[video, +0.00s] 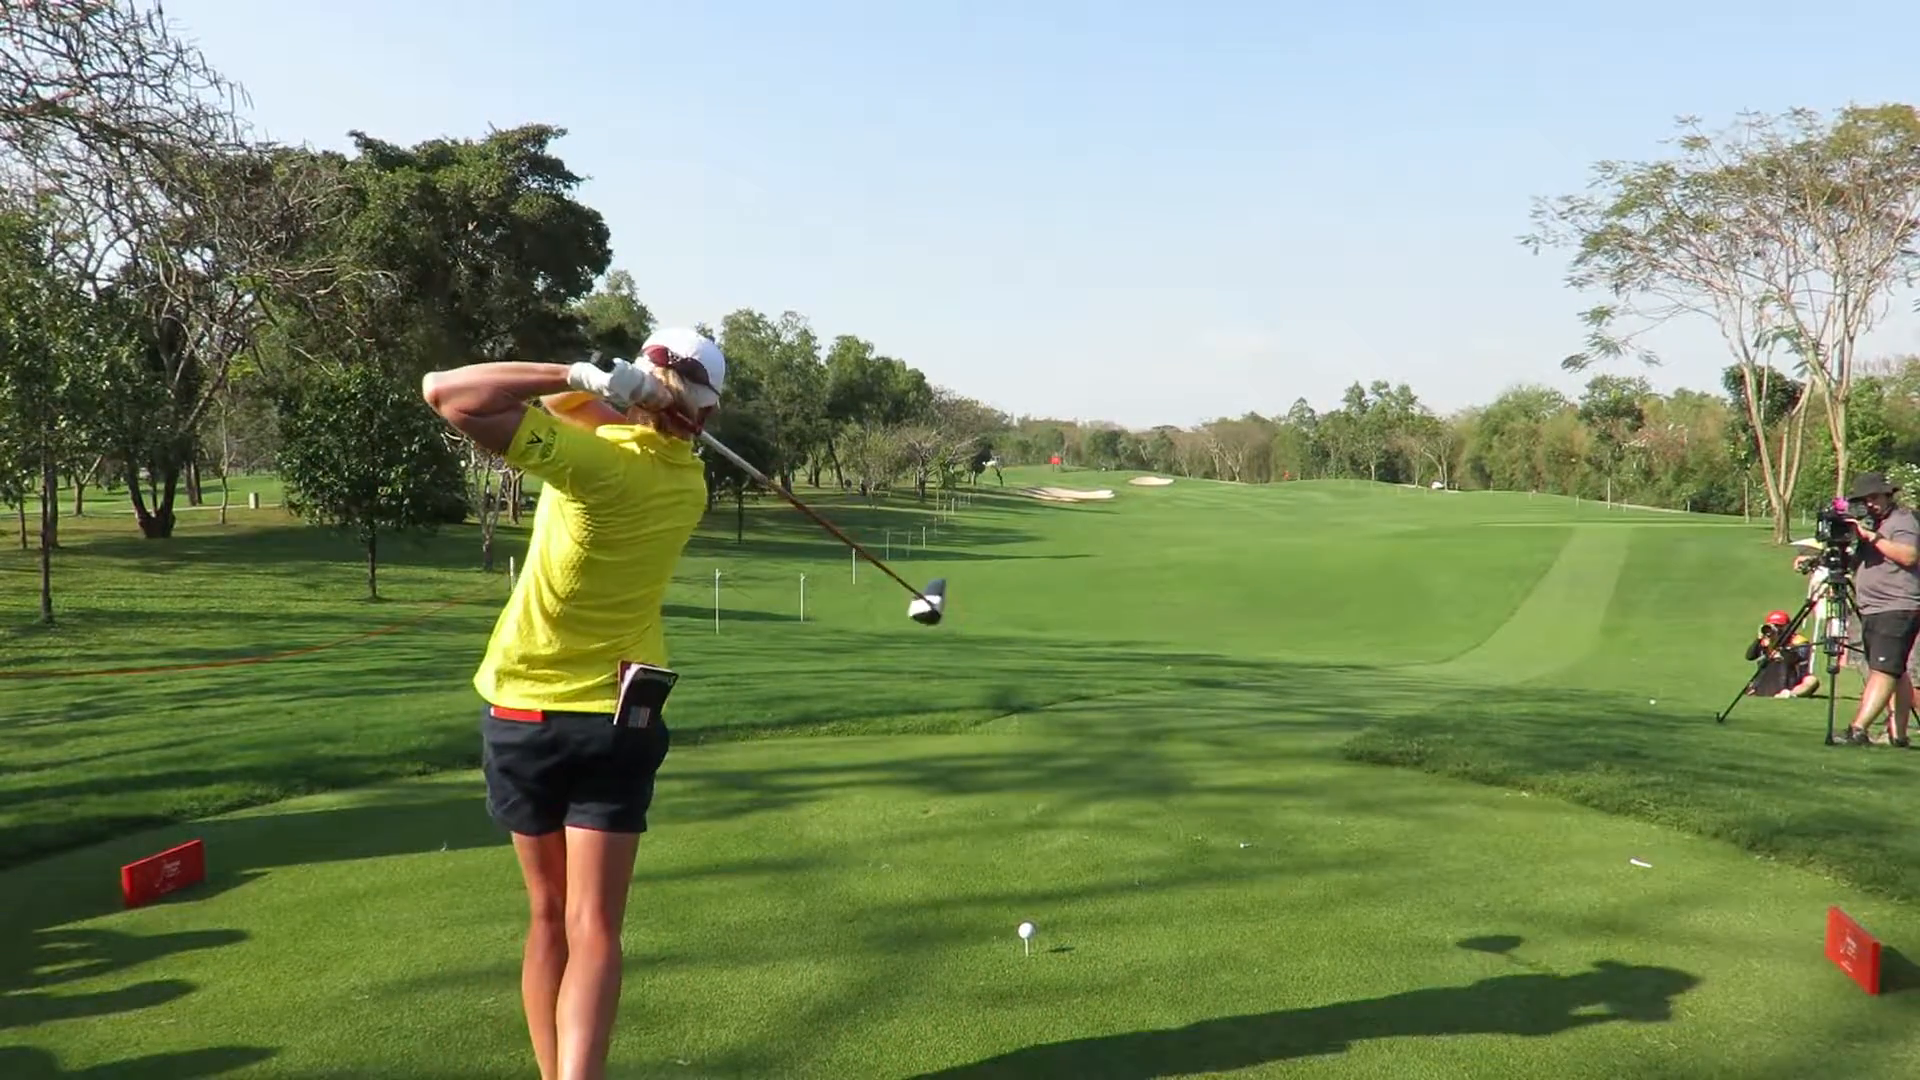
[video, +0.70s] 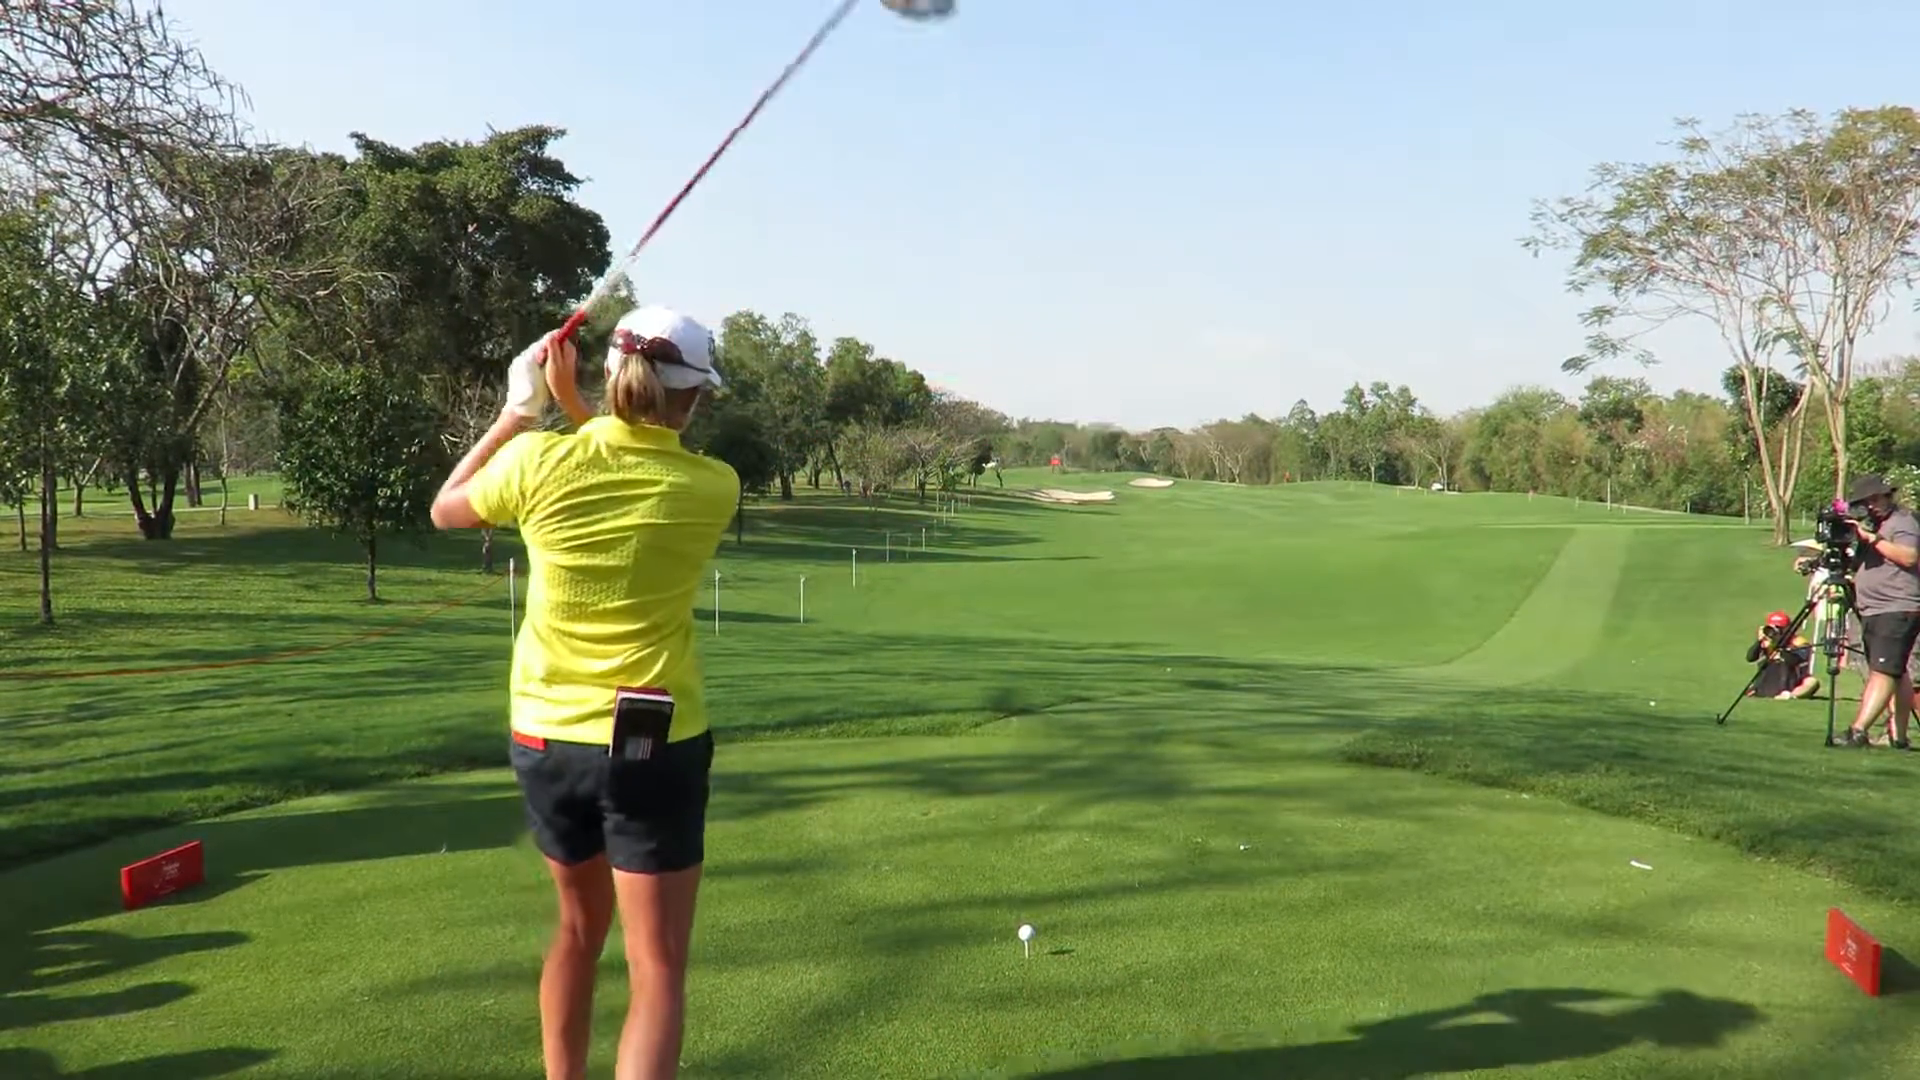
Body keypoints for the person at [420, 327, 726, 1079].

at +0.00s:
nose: (699, 407)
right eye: (702, 396)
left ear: (638, 387)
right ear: (698, 413)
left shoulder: (591, 457)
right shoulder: (688, 482)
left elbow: (449, 392)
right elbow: (578, 416)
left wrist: (585, 377)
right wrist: (634, 393)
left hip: (524, 714)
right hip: (619, 715)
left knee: (546, 915)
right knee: (596, 921)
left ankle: (554, 1071)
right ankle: (578, 1073)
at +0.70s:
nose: (705, 403)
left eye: (703, 390)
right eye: (702, 391)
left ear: (613, 383)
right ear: (691, 397)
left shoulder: (542, 461)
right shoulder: (712, 489)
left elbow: (447, 507)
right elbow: (638, 463)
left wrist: (513, 413)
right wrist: (573, 399)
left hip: (549, 740)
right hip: (657, 745)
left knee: (577, 929)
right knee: (658, 964)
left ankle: (562, 1073)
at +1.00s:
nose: (692, 376)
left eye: (689, 360)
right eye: (692, 362)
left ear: (590, 351)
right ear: (681, 368)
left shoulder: (514, 444)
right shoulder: (716, 472)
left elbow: (464, 587)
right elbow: (701, 570)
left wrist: (546, 520)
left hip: (537, 757)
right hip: (656, 763)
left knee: (573, 951)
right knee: (639, 1009)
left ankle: (564, 1077)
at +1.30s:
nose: (658, 369)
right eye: (657, 355)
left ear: (546, 345)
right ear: (643, 363)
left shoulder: (460, 452)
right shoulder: (677, 469)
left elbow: (418, 631)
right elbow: (720, 617)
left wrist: (505, 588)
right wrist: (633, 568)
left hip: (497, 807)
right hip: (642, 806)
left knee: (519, 1050)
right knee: (638, 1044)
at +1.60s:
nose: (610, 363)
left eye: (612, 343)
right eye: (611, 345)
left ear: (486, 336)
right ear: (594, 350)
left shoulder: (387, 450)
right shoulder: (624, 468)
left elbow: (304, 647)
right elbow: (692, 675)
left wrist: (426, 638)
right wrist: (620, 609)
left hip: (419, 848)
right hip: (584, 843)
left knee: (462, 1070)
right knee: (645, 1058)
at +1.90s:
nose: (594, 346)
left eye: (593, 321)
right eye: (595, 324)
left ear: (462, 310)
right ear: (577, 327)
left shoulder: (350, 442)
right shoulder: (614, 468)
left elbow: (203, 631)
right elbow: (675, 719)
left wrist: (342, 720)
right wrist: (619, 709)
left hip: (379, 871)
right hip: (553, 877)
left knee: (427, 1065)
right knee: (570, 1062)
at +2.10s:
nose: (593, 343)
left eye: (591, 321)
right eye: (595, 324)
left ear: (453, 308)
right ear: (578, 329)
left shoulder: (336, 443)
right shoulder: (608, 472)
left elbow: (193, 655)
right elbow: (675, 742)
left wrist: (328, 772)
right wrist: (654, 832)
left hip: (349, 906)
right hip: (526, 916)